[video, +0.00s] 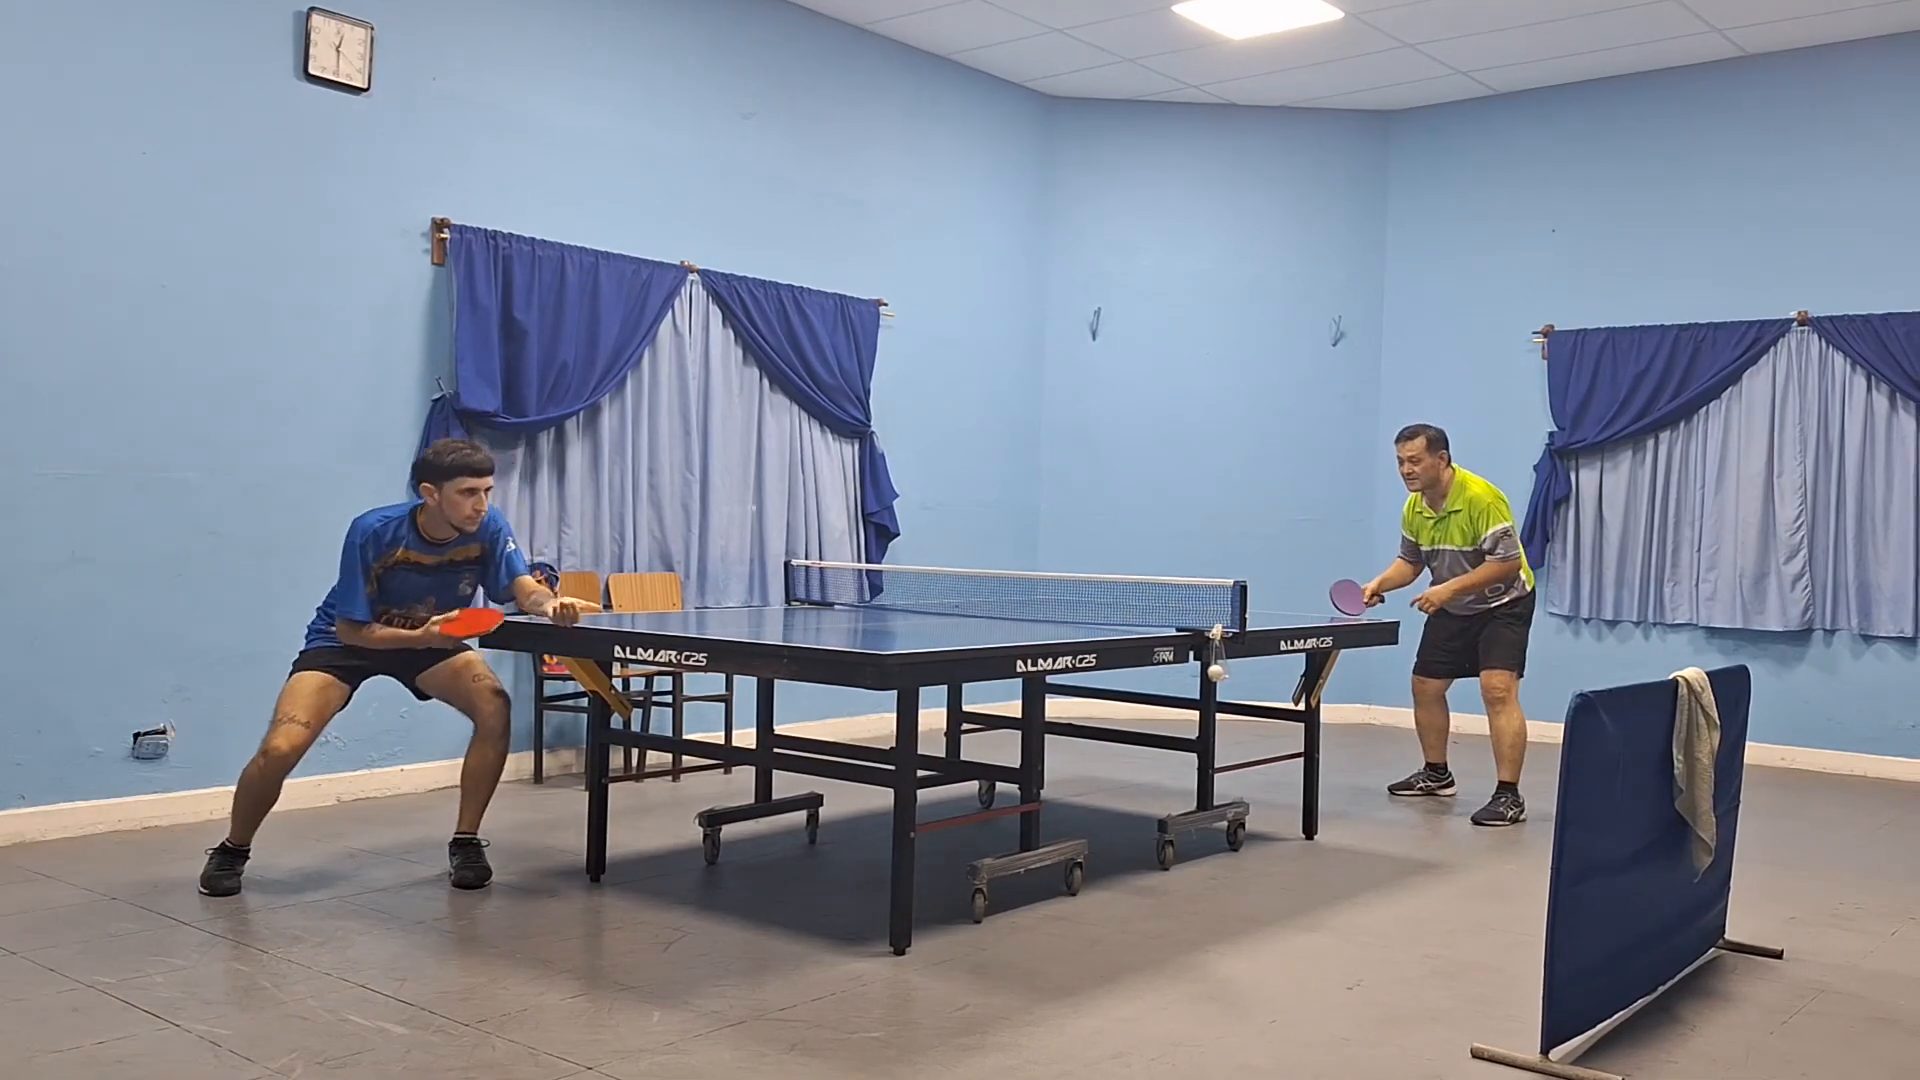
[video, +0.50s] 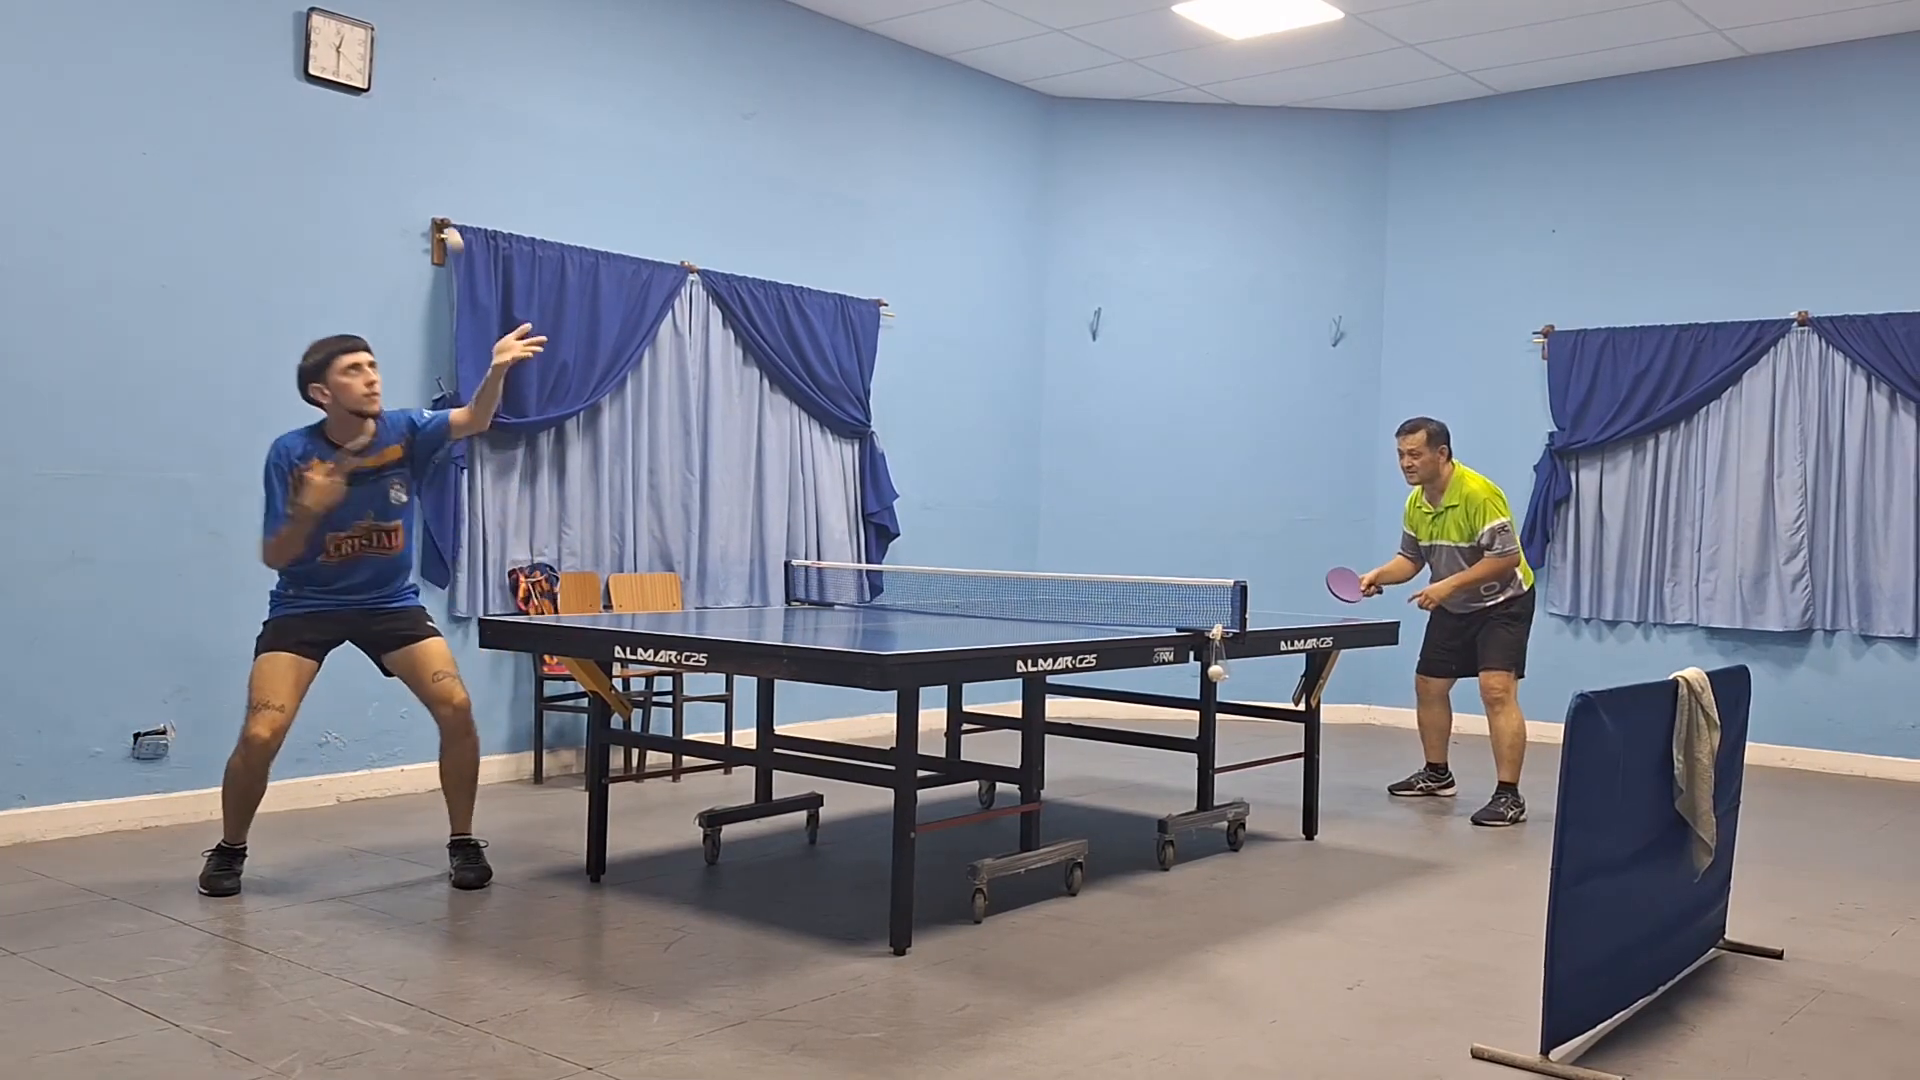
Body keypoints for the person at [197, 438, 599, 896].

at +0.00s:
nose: (483, 504)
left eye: (487, 493)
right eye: (469, 494)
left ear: (491, 491)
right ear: (430, 495)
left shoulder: (489, 529)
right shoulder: (371, 534)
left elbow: (522, 587)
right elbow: (352, 630)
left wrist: (550, 603)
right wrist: (416, 638)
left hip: (427, 643)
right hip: (346, 641)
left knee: (495, 707)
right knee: (281, 747)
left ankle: (466, 843)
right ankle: (233, 850)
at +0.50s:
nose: (371, 378)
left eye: (373, 368)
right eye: (354, 370)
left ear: (380, 377)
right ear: (321, 393)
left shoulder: (406, 430)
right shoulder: (291, 453)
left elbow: (476, 417)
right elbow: (276, 557)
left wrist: (497, 367)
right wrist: (308, 511)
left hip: (389, 600)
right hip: (305, 604)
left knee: (454, 704)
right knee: (261, 733)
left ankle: (463, 842)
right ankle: (230, 849)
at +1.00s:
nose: (314, 369)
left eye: (313, 358)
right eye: (295, 364)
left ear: (321, 370)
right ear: (262, 390)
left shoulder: (359, 439)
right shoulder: (238, 445)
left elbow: (419, 497)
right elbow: (169, 502)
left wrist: (492, 502)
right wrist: (100, 451)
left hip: (328, 594)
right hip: (245, 598)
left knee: (422, 682)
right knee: (224, 741)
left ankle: (342, 759)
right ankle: (230, 851)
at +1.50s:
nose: (479, 421)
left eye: (480, 410)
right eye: (476, 409)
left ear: (439, 408)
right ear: (447, 409)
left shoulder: (393, 453)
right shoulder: (375, 434)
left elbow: (326, 506)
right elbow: (299, 467)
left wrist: (382, 539)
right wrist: (332, 564)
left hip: (298, 584)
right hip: (250, 580)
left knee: (367, 704)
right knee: (319, 722)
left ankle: (342, 848)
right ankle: (196, 816)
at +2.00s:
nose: (449, 389)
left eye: (448, 376)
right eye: (444, 377)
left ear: (381, 382)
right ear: (418, 383)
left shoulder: (320, 429)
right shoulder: (384, 442)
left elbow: (292, 512)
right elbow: (401, 537)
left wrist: (363, 555)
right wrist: (493, 559)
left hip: (227, 600)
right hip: (278, 605)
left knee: (299, 722)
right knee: (404, 747)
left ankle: (224, 867)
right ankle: (303, 925)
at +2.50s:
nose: (439, 469)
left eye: (443, 455)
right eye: (439, 454)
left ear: (377, 443)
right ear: (412, 449)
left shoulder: (307, 472)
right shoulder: (362, 502)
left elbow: (375, 557)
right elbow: (424, 608)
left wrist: (465, 570)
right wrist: (502, 601)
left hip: (161, 638)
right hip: (211, 642)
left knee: (258, 746)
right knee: (380, 764)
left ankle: (178, 894)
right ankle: (327, 960)